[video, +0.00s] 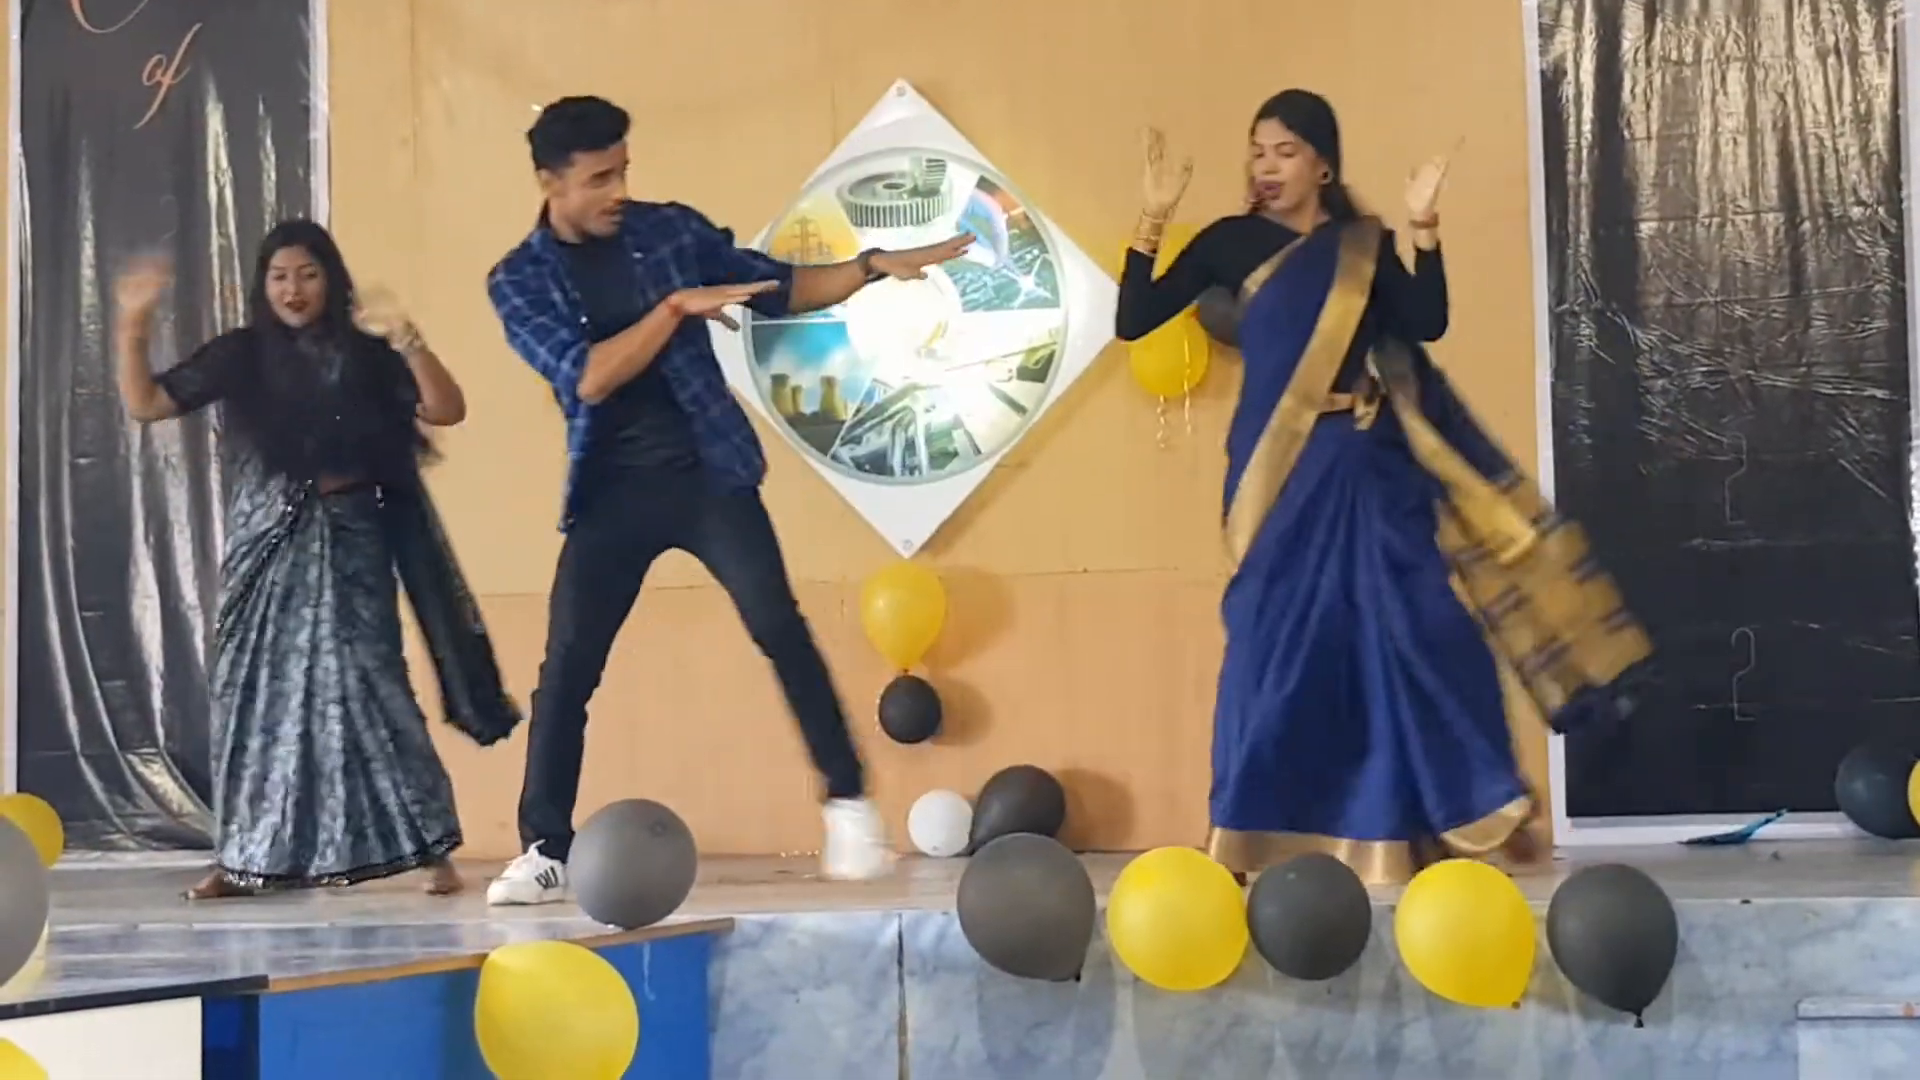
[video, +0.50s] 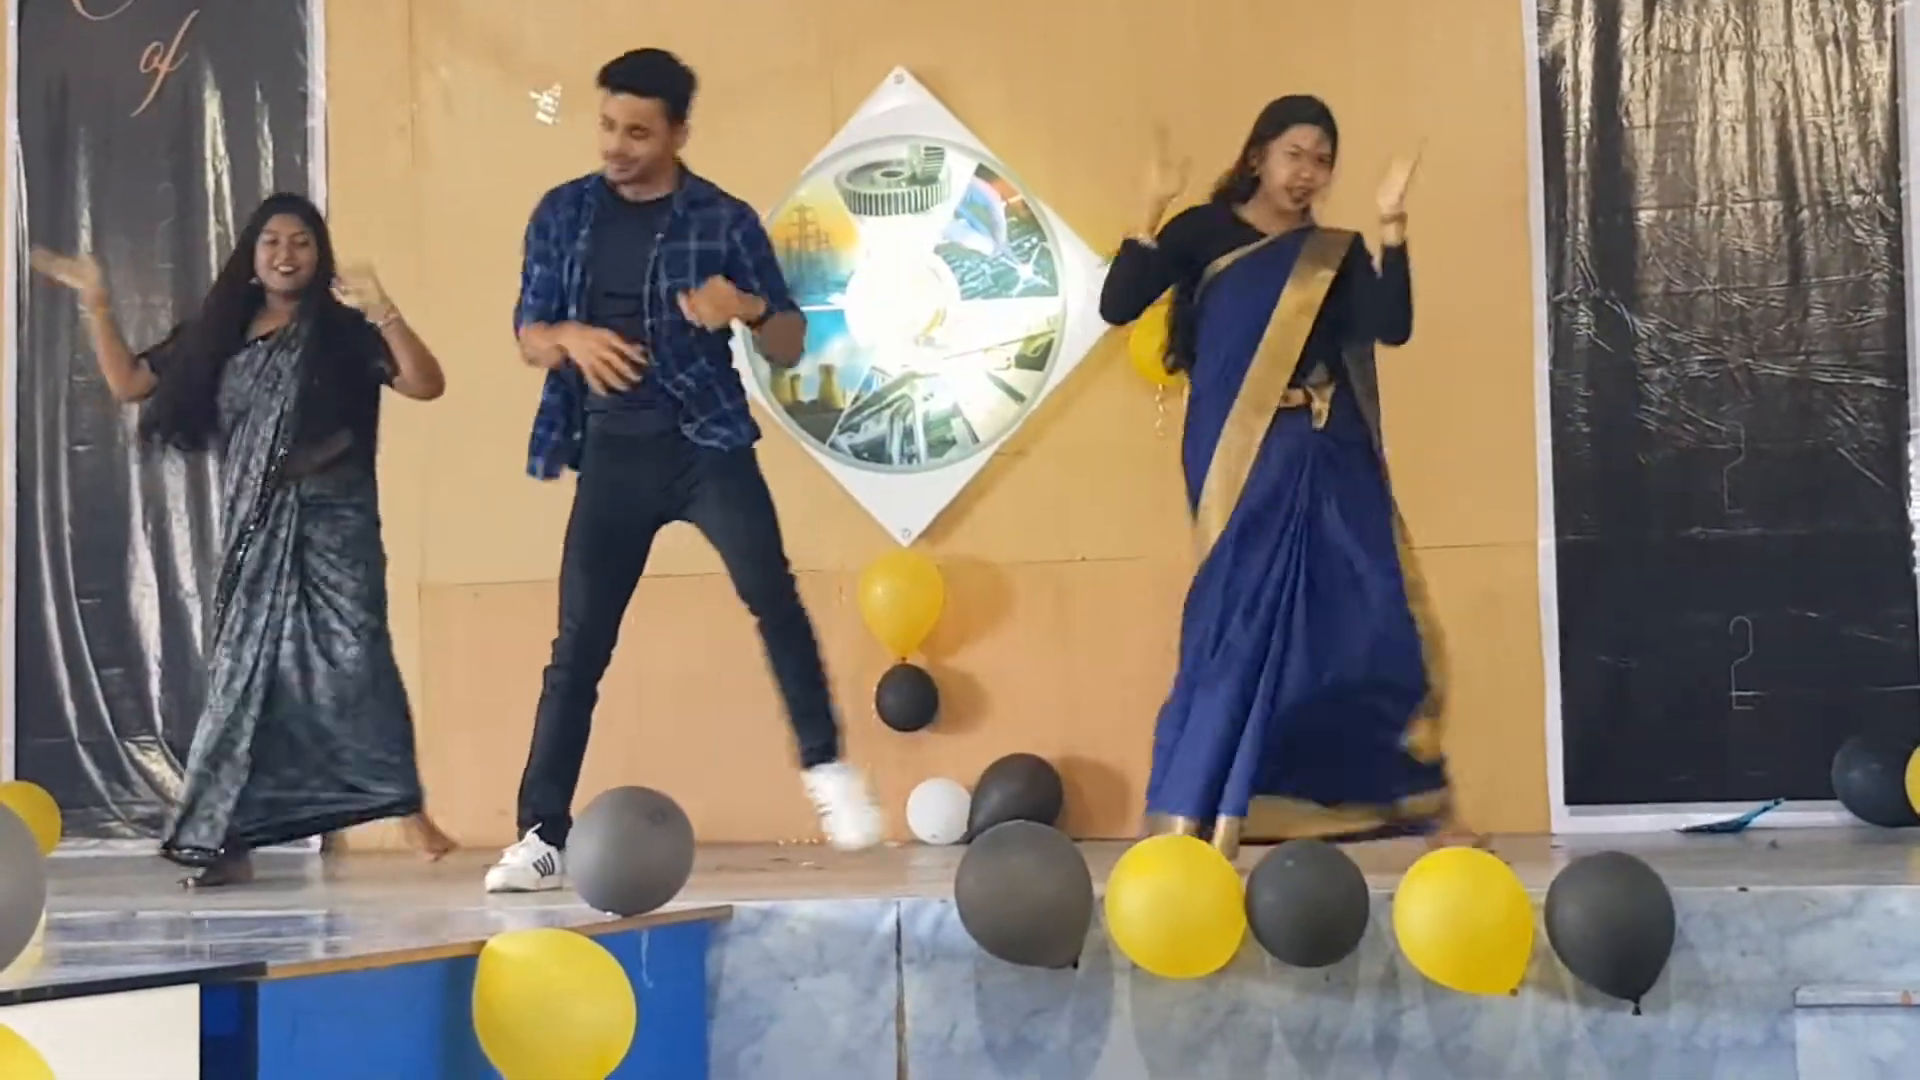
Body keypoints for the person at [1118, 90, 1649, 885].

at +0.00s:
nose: (1266, 167)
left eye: (1284, 151)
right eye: (1257, 152)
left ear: (1324, 162)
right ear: (1249, 163)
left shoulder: (1370, 242)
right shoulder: (1232, 239)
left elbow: (1429, 324)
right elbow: (1133, 320)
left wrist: (1423, 231)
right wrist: (1150, 221)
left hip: (1374, 459)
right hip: (1281, 465)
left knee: (1406, 635)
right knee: (1273, 646)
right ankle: (1240, 848)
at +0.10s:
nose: (1247, 156)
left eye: (1264, 141)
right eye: (1238, 142)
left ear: (1301, 149)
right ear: (1229, 151)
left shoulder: (1346, 230)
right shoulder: (1211, 232)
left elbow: (1417, 305)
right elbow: (1106, 307)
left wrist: (1399, 216)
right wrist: (1128, 216)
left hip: (1353, 457)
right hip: (1256, 462)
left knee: (1370, 636)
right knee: (1256, 641)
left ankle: (1369, 825)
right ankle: (1231, 837)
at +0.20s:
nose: (1238, 149)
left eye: (1255, 134)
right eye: (1227, 134)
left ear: (1288, 144)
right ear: (1213, 146)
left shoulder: (1338, 217)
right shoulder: (1198, 227)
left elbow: (1406, 301)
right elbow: (1095, 301)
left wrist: (1377, 211)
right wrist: (1116, 205)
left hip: (1327, 444)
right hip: (1237, 449)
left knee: (1314, 633)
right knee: (1244, 635)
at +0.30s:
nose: (1250, 161)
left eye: (1267, 150)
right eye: (1237, 146)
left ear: (1287, 164)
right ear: (1215, 157)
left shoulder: (1324, 242)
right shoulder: (1193, 249)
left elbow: (1382, 339)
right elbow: (1105, 318)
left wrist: (1365, 247)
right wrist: (1109, 223)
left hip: (1315, 458)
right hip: (1228, 459)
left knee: (1291, 646)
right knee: (1231, 643)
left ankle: (1246, 846)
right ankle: (1212, 840)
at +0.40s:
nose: (1278, 180)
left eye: (1292, 168)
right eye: (1265, 163)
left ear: (1306, 181)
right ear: (1231, 168)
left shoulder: (1330, 256)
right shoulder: (1189, 252)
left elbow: (1372, 358)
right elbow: (1109, 331)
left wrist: (1371, 261)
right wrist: (1122, 258)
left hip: (1325, 463)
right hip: (1230, 464)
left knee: (1349, 634)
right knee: (1231, 642)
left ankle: (1335, 805)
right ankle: (1229, 839)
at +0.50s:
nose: (1306, 168)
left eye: (1319, 158)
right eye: (1294, 152)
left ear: (1329, 170)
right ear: (1260, 154)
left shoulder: (1342, 249)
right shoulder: (1208, 228)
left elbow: (1394, 327)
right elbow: (1118, 305)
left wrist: (1391, 229)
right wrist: (1147, 223)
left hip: (1338, 456)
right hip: (1242, 456)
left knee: (1379, 621)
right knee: (1235, 628)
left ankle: (1432, 816)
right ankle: (1192, 822)